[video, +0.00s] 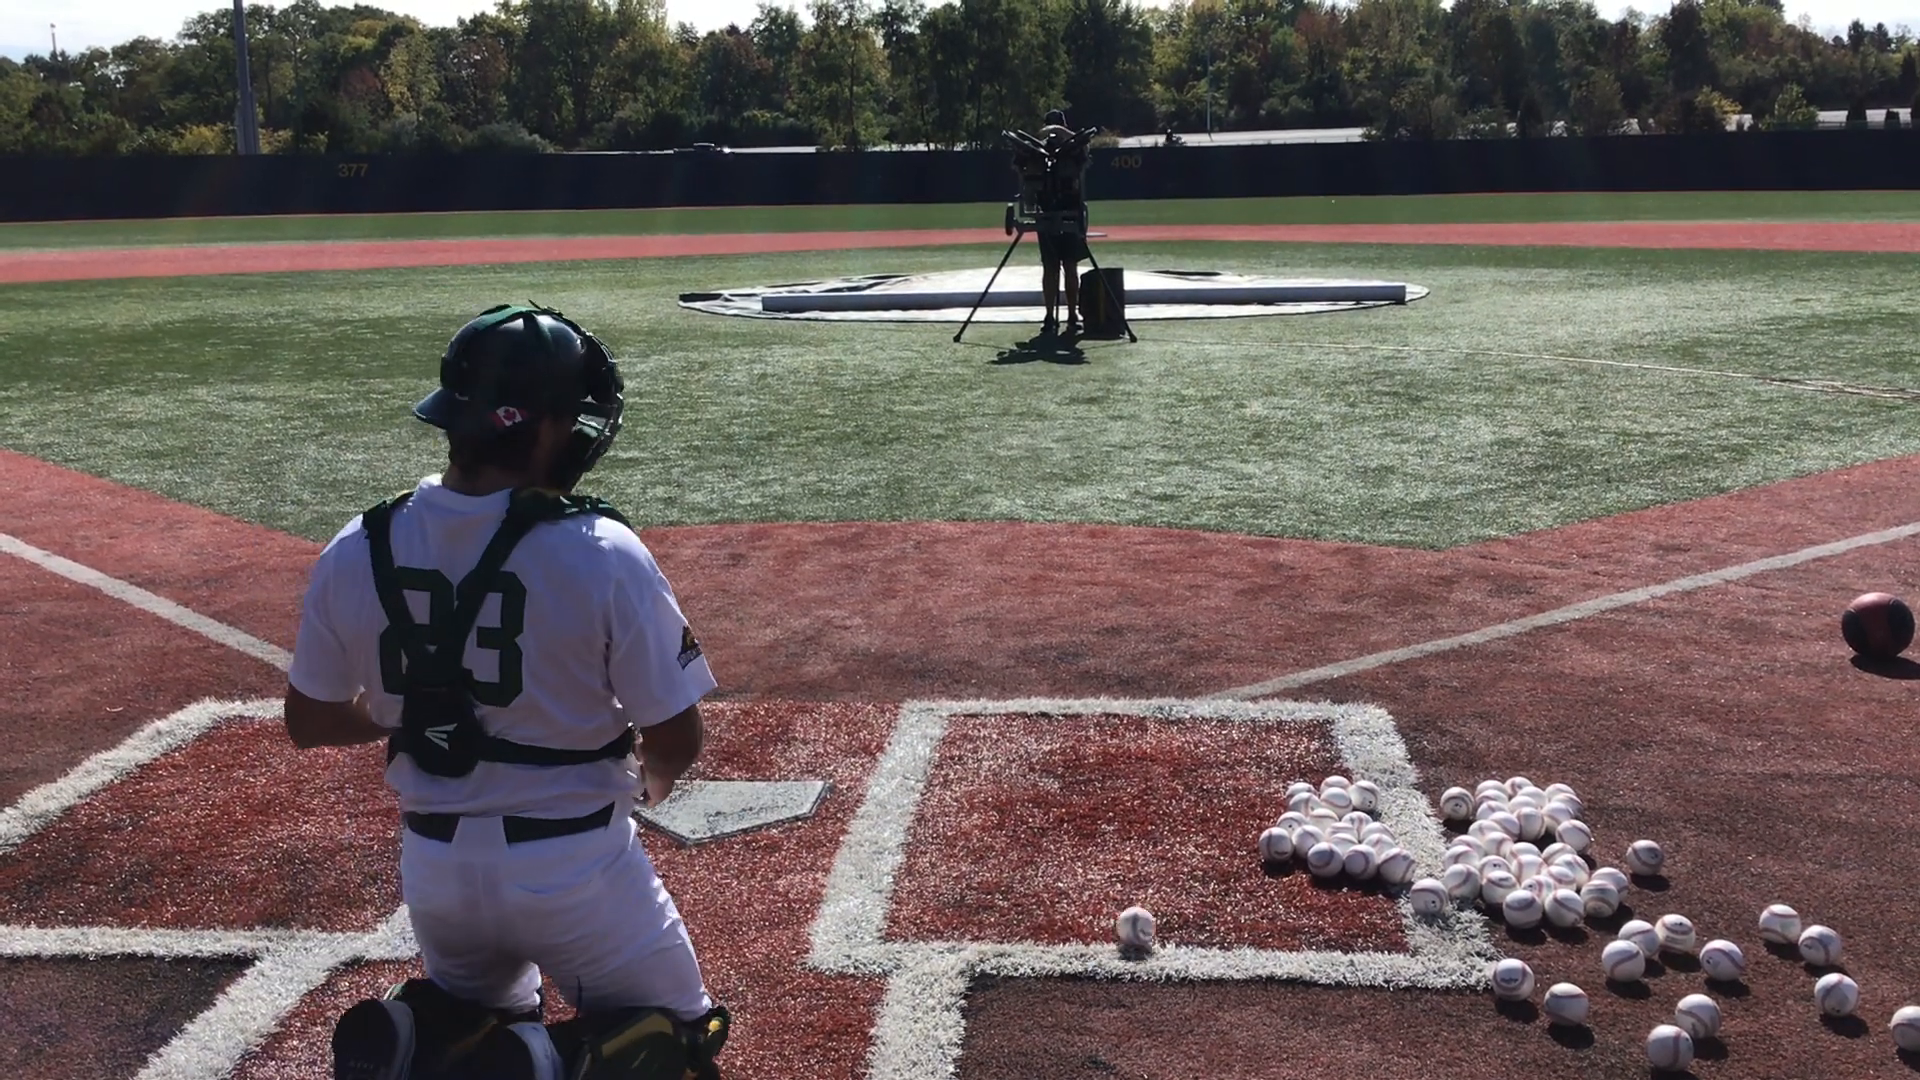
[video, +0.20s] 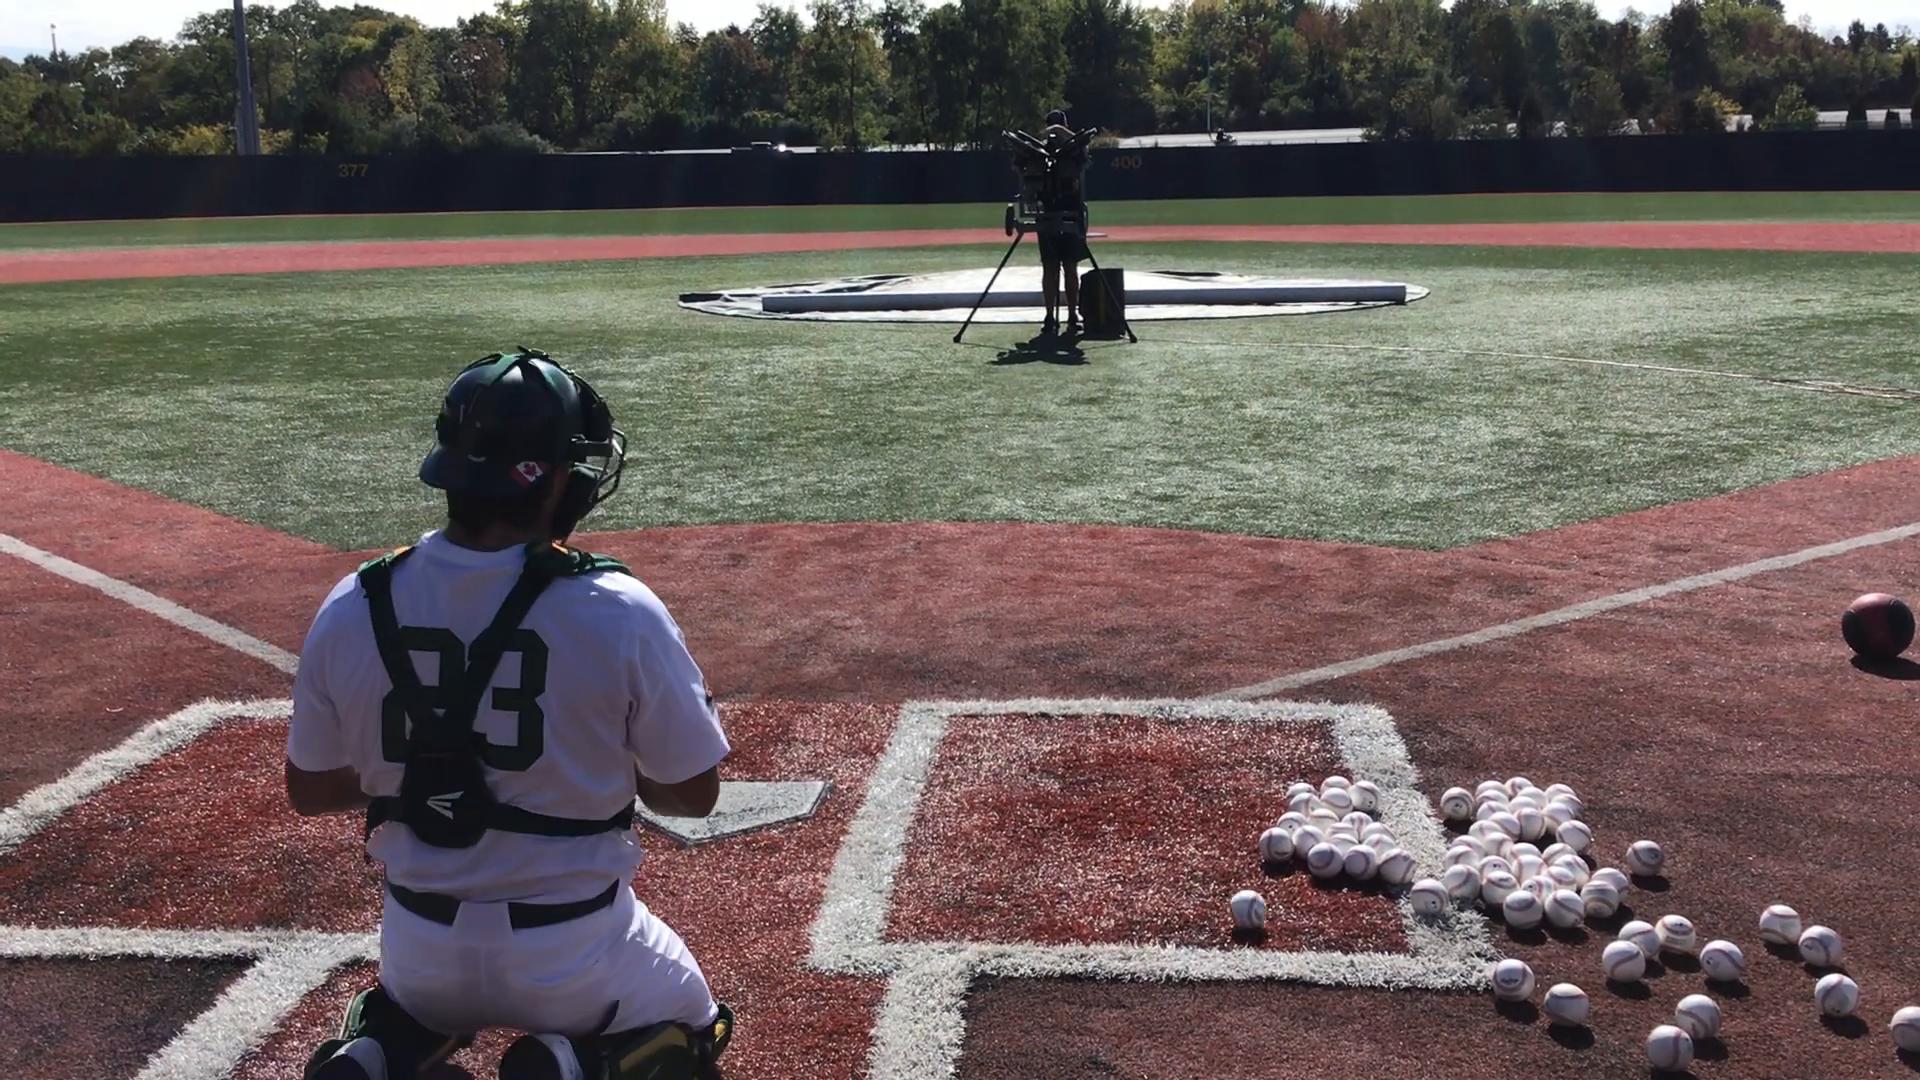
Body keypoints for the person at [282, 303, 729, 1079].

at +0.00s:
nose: (587, 447)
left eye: (588, 429)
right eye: (582, 428)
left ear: (455, 421)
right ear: (546, 432)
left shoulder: (358, 549)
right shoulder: (601, 555)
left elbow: (310, 717)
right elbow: (678, 736)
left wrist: (414, 711)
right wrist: (653, 774)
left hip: (435, 863)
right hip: (576, 868)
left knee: (481, 1014)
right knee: (678, 1039)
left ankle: (398, 1037)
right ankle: (531, 1059)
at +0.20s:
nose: (589, 485)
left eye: (589, 468)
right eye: (584, 469)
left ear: (448, 473)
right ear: (562, 483)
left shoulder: (355, 605)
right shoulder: (617, 610)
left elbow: (312, 787)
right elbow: (691, 794)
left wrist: (427, 766)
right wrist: (597, 748)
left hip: (418, 952)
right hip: (578, 961)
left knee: (403, 1015)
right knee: (694, 1033)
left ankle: (365, 1057)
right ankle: (585, 1063)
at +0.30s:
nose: (570, 512)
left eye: (568, 496)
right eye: (563, 497)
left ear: (426, 505)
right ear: (540, 517)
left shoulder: (337, 641)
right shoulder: (603, 645)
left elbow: (296, 823)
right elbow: (680, 828)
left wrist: (411, 793)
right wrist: (574, 788)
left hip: (393, 996)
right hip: (561, 1000)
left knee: (347, 979)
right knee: (689, 1023)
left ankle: (348, 1064)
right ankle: (568, 1071)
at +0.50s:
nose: (529, 532)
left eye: (526, 516)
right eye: (522, 517)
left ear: (386, 526)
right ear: (503, 537)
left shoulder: (298, 659)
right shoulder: (565, 669)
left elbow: (267, 851)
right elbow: (642, 865)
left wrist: (382, 818)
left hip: (345, 1042)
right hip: (508, 1044)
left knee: (311, 892)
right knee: (678, 961)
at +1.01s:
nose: (514, 548)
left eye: (510, 530)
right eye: (506, 531)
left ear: (364, 544)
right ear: (477, 556)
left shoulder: (282, 668)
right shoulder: (532, 683)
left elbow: (253, 844)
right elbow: (643, 843)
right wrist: (586, 713)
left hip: (252, 1047)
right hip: (426, 1057)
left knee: (251, 877)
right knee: (706, 891)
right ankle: (584, 1063)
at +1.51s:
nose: (529, 529)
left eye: (526, 512)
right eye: (521, 516)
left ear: (385, 527)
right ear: (499, 534)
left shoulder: (307, 627)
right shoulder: (547, 639)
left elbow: (262, 801)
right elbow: (694, 786)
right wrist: (592, 746)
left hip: (259, 1024)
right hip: (420, 1039)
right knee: (665, 884)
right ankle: (544, 1067)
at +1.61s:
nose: (533, 471)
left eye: (528, 455)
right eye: (525, 459)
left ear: (395, 465)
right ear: (504, 476)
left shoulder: (315, 557)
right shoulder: (546, 571)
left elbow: (260, 731)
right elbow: (703, 724)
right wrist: (581, 698)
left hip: (273, 956)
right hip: (435, 955)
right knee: (663, 850)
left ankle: (340, 1065)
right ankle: (543, 1066)